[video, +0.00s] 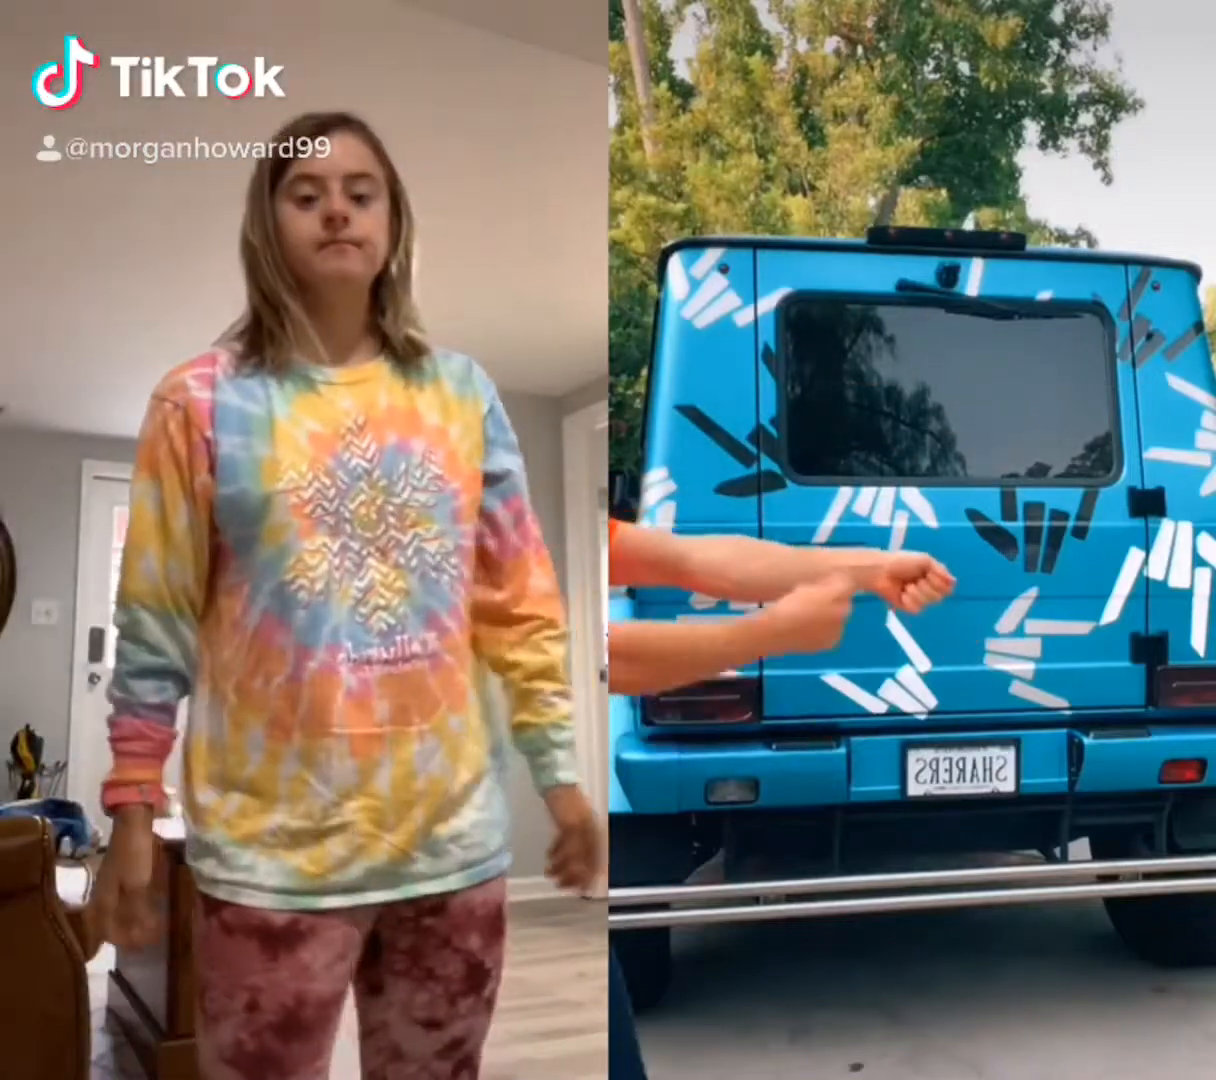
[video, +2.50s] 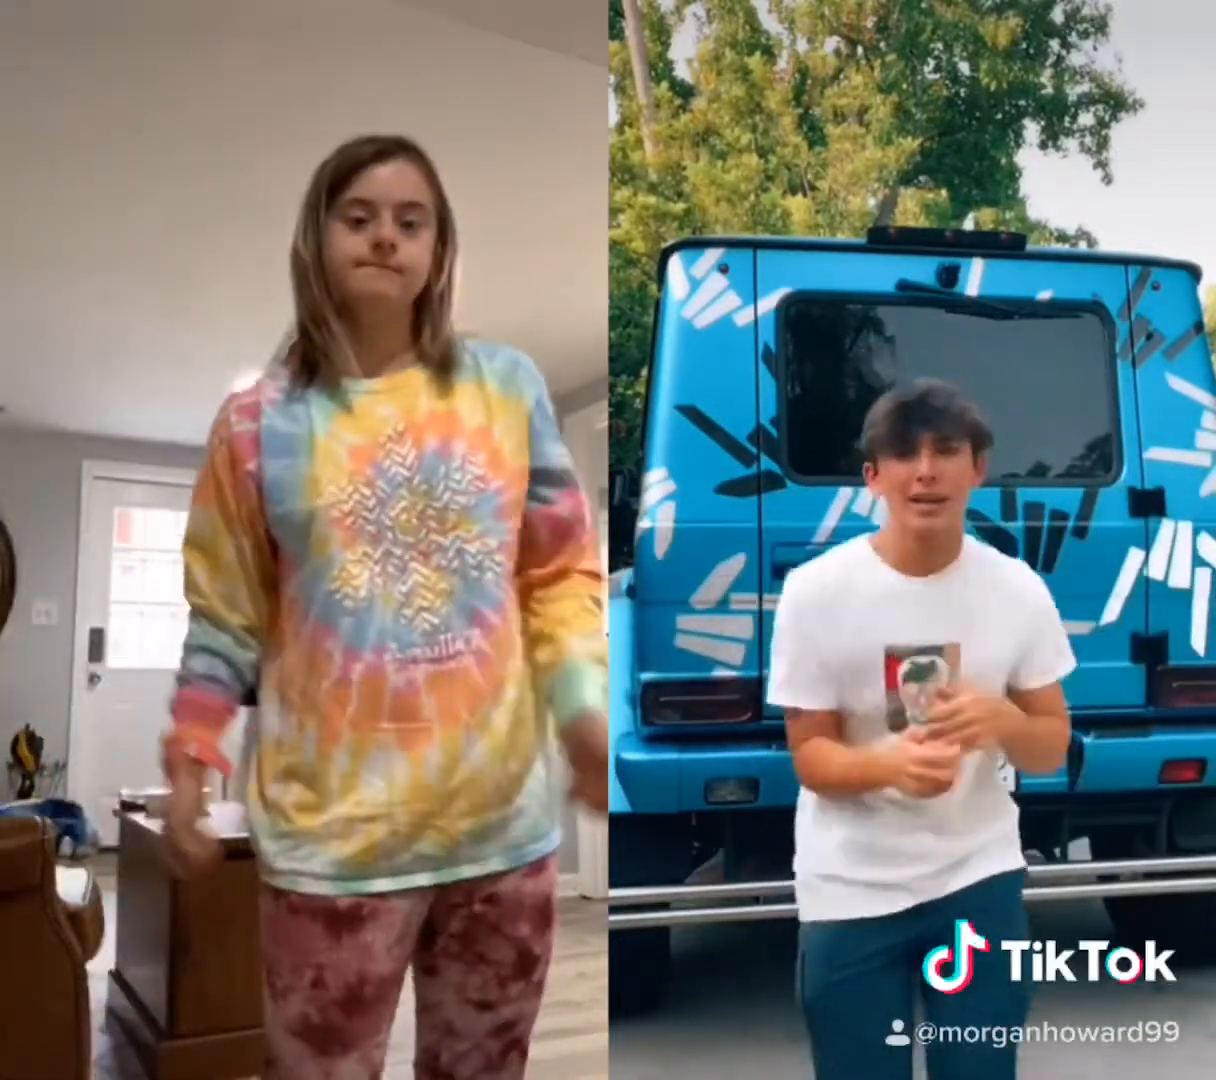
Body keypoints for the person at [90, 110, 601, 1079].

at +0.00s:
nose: (339, 212)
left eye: (362, 193)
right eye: (308, 195)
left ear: (394, 224)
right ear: (267, 226)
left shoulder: (462, 393)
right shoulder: (202, 403)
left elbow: (519, 606)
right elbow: (153, 627)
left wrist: (561, 780)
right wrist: (133, 814)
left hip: (450, 846)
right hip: (270, 856)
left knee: (435, 1075)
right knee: (260, 1071)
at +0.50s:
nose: (216, 216)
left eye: (241, 194)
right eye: (185, 192)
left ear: (273, 227)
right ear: (140, 218)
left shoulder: (301, 414)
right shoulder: (80, 351)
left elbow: (329, 622)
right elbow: (136, 553)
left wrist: (327, 757)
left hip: (284, 829)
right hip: (117, 843)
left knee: (349, 1067)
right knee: (127, 1073)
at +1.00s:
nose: (170, 205)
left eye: (195, 184)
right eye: (138, 180)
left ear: (220, 213)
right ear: (90, 203)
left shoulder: (215, 358)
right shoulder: (77, 319)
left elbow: (372, 445)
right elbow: (295, 386)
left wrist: (456, 313)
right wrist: (534, 445)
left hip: (257, 802)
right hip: (102, 812)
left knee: (302, 1069)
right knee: (120, 1072)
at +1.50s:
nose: (170, 216)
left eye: (197, 196)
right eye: (141, 191)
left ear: (226, 228)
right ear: (94, 214)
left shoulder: (264, 397)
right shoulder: (51, 340)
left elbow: (398, 511)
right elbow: (194, 488)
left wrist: (537, 619)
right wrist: (405, 595)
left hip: (293, 820)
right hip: (116, 832)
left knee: (360, 1065)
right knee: (137, 1070)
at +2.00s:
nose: (311, 239)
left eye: (338, 219)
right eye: (285, 214)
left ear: (371, 250)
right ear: (241, 238)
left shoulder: (436, 381)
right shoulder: (184, 423)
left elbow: (427, 564)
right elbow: (39, 577)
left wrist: (232, 640)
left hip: (439, 842)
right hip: (253, 857)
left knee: (465, 1072)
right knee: (233, 1069)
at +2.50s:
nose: (384, 237)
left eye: (411, 220)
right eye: (357, 217)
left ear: (439, 251)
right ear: (315, 242)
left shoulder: (507, 388)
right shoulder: (260, 418)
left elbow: (561, 572)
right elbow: (226, 616)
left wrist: (580, 711)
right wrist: (186, 772)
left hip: (501, 829)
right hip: (332, 842)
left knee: (481, 1071)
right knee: (322, 1071)